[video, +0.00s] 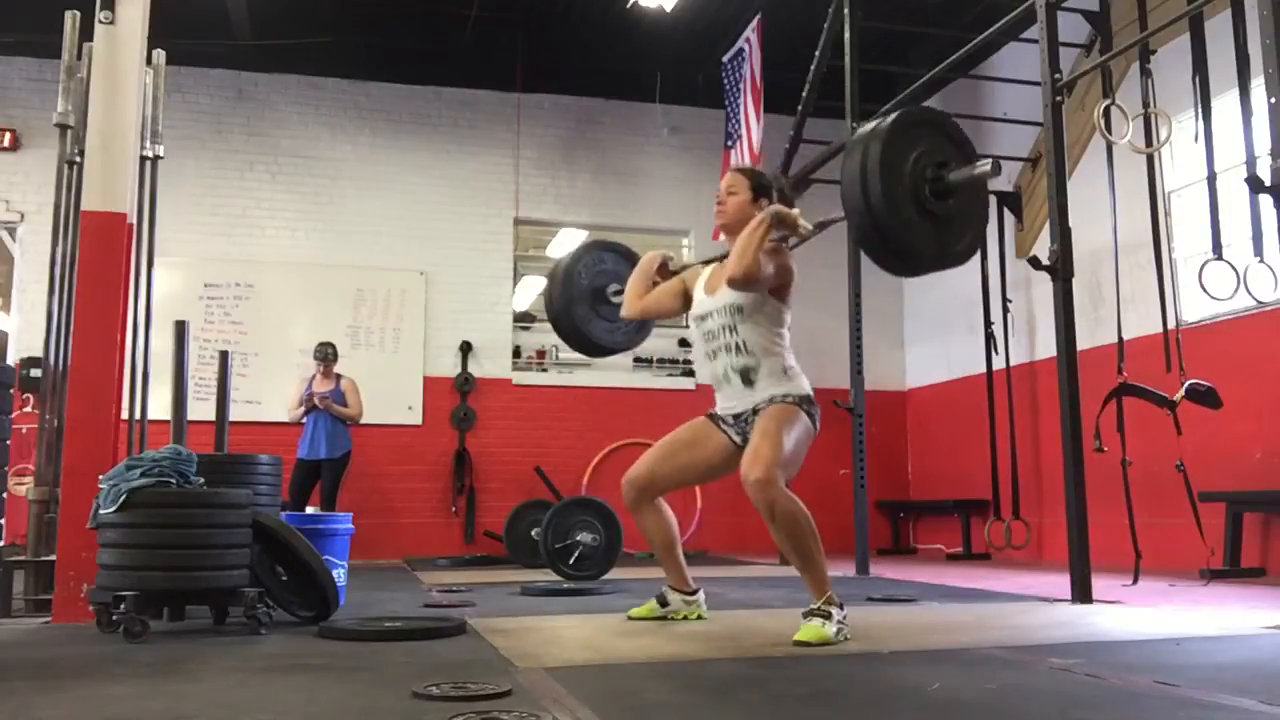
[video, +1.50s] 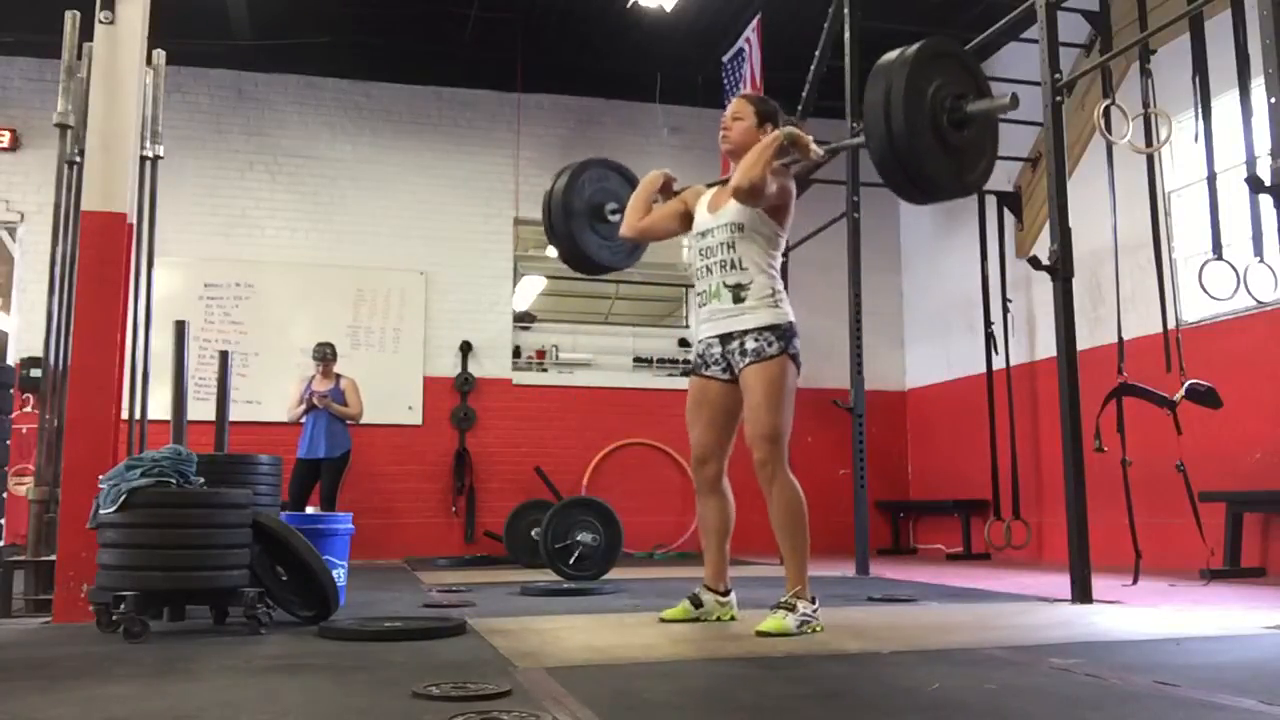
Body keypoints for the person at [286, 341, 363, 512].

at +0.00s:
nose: (322, 370)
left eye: (327, 366)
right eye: (319, 365)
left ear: (335, 363)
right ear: (314, 362)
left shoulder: (346, 384)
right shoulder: (306, 383)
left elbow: (356, 415)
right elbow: (291, 417)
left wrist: (330, 406)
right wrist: (305, 407)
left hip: (336, 449)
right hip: (309, 449)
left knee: (327, 501)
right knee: (296, 498)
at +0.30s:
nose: (321, 370)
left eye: (326, 366)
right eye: (318, 365)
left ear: (334, 363)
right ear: (313, 362)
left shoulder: (345, 384)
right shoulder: (305, 383)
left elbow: (356, 415)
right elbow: (292, 417)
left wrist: (329, 406)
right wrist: (305, 407)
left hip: (336, 449)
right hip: (309, 449)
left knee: (327, 501)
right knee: (296, 498)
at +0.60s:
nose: (320, 370)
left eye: (325, 366)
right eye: (317, 365)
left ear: (333, 363)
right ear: (312, 362)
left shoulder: (345, 383)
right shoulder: (305, 383)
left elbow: (355, 415)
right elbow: (291, 418)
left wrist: (329, 406)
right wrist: (304, 407)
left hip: (335, 450)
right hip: (309, 449)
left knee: (327, 501)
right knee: (296, 498)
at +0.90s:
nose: (320, 370)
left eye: (325, 366)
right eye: (317, 365)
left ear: (333, 363)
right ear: (312, 362)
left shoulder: (345, 384)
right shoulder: (305, 383)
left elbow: (355, 415)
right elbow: (291, 417)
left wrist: (328, 405)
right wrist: (305, 406)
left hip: (335, 449)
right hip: (308, 449)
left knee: (327, 500)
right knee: (296, 498)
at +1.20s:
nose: (321, 370)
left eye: (325, 366)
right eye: (317, 365)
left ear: (334, 363)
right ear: (313, 362)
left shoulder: (346, 384)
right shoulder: (305, 383)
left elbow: (356, 415)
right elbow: (290, 417)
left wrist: (329, 405)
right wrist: (305, 406)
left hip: (335, 450)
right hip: (308, 450)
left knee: (327, 500)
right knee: (295, 498)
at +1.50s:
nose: (322, 370)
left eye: (326, 365)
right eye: (318, 365)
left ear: (334, 362)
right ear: (314, 362)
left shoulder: (346, 383)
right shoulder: (306, 383)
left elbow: (356, 415)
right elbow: (290, 417)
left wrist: (329, 405)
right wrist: (305, 405)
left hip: (335, 450)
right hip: (308, 449)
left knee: (327, 500)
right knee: (295, 499)